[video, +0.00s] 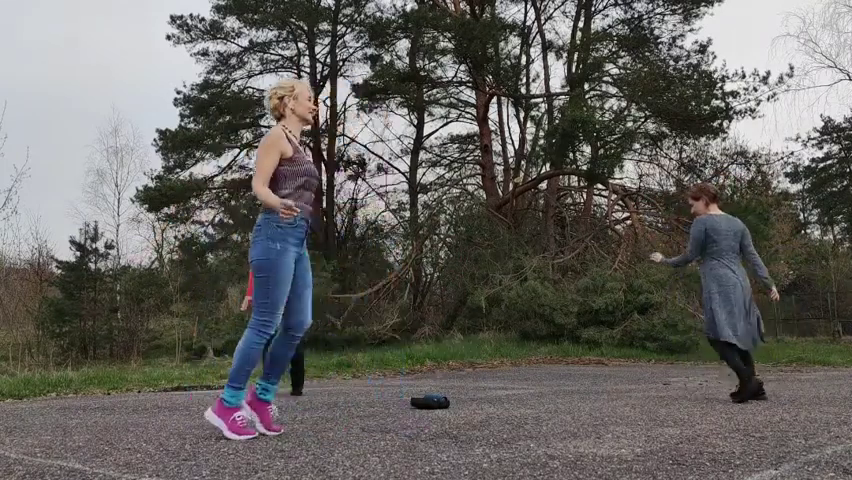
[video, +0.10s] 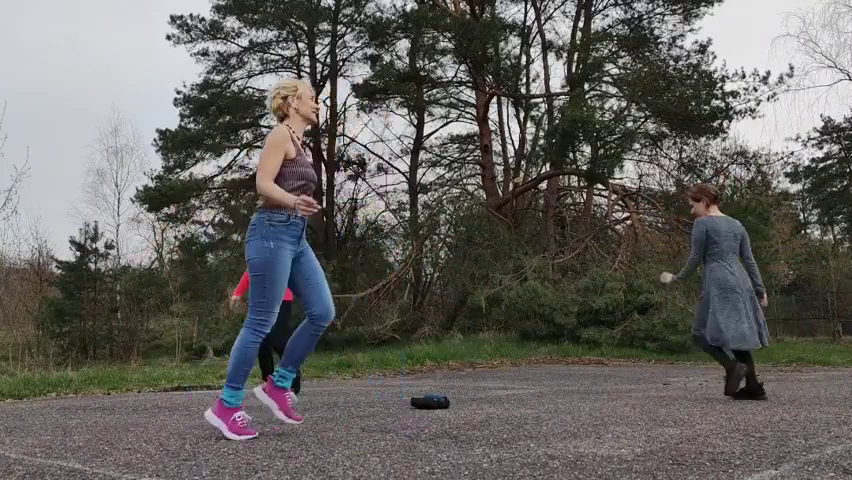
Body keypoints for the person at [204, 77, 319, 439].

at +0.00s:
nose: (315, 105)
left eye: (314, 100)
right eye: (309, 100)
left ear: (295, 106)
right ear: (289, 104)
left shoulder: (297, 143)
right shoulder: (276, 138)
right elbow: (259, 186)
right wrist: (279, 204)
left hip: (297, 239)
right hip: (275, 236)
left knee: (298, 323)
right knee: (264, 324)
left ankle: (261, 399)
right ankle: (228, 404)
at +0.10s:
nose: (318, 106)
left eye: (317, 101)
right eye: (312, 100)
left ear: (299, 105)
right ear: (292, 103)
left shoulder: (298, 144)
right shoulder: (280, 135)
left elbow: (283, 189)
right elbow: (263, 184)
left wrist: (302, 206)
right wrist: (293, 201)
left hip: (295, 236)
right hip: (271, 233)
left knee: (321, 313)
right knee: (260, 322)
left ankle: (278, 386)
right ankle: (227, 405)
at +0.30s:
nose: (329, 105)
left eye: (328, 99)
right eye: (324, 98)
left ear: (309, 103)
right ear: (305, 101)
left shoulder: (299, 140)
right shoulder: (293, 131)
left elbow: (264, 190)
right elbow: (290, 180)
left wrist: (260, 230)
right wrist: (335, 183)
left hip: (308, 235)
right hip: (284, 231)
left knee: (335, 314)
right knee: (266, 322)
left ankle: (344, 400)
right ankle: (230, 404)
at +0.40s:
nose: (337, 113)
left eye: (336, 107)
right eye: (332, 106)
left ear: (314, 111)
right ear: (314, 109)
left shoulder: (309, 147)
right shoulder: (303, 139)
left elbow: (279, 193)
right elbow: (308, 188)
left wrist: (275, 235)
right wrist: (356, 187)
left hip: (321, 245)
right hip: (296, 242)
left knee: (340, 330)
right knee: (271, 328)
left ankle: (366, 410)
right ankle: (228, 405)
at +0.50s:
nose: (350, 113)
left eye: (348, 107)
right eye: (344, 106)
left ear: (330, 112)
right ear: (327, 110)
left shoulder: (330, 148)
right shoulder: (320, 140)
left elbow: (305, 201)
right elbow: (325, 189)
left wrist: (301, 240)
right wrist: (373, 195)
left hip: (344, 246)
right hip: (318, 243)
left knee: (353, 335)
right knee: (297, 330)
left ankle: (374, 415)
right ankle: (240, 401)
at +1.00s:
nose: (417, 86)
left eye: (414, 81)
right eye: (409, 82)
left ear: (403, 90)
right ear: (391, 91)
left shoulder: (406, 134)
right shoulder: (385, 125)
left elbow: (432, 186)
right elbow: (364, 176)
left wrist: (471, 176)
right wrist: (372, 206)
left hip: (412, 221)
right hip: (401, 218)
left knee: (401, 321)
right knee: (467, 287)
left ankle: (386, 406)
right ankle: (518, 368)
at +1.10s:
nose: (432, 81)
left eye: (429, 75)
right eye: (424, 76)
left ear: (419, 87)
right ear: (406, 87)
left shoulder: (423, 131)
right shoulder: (400, 121)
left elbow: (451, 181)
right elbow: (376, 169)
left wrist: (482, 169)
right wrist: (384, 197)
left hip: (418, 218)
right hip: (414, 214)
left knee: (413, 318)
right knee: (484, 278)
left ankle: (392, 402)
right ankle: (520, 368)